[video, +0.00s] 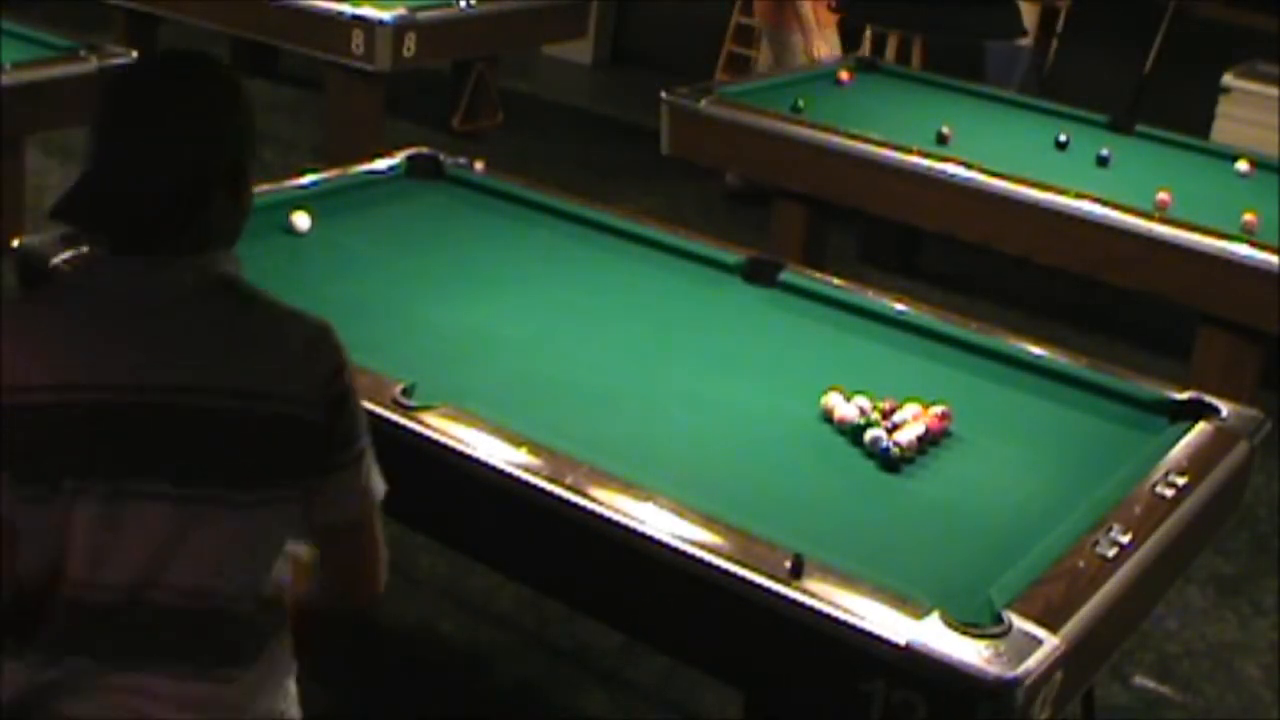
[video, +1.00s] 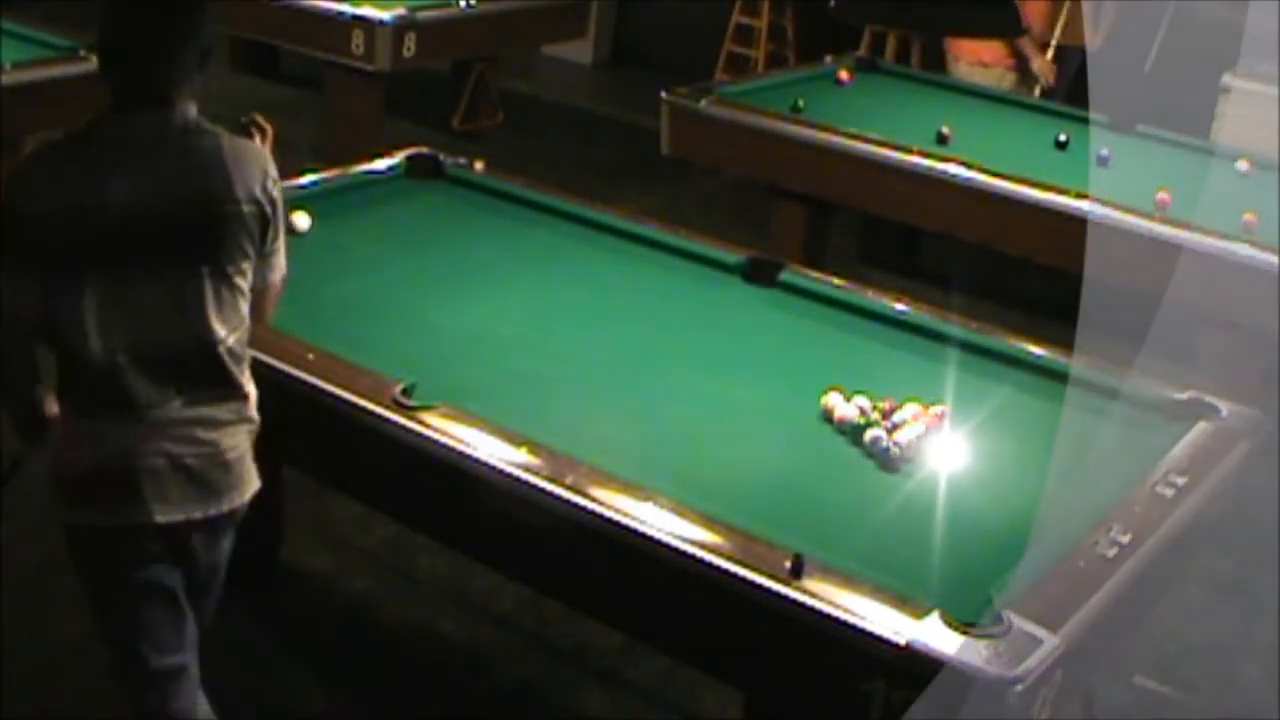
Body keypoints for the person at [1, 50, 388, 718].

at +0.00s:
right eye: (246, 168)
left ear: (100, 171)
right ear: (238, 184)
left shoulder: (24, 330)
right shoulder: (300, 353)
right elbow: (359, 581)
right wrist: (256, 574)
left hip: (42, 689)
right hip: (234, 698)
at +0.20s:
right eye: (274, 162)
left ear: (141, 171)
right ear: (264, 173)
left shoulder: (54, 316)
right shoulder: (330, 323)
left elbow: (18, 529)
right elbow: (372, 507)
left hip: (100, 681)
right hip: (268, 690)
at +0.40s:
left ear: (133, 152)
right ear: (243, 150)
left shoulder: (65, 290)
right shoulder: (306, 280)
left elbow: (45, 486)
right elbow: (352, 428)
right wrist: (339, 278)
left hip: (126, 638)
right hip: (279, 646)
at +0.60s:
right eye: (220, 84)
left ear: (108, 104)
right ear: (222, 100)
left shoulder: (48, 251)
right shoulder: (283, 224)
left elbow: (37, 442)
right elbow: (330, 360)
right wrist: (332, 242)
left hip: (135, 590)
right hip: (277, 588)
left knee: (165, 706)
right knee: (307, 702)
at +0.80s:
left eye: (107, 59)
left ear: (111, 72)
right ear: (213, 73)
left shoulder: (52, 200)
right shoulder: (264, 185)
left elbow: (24, 377)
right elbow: (298, 321)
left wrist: (73, 468)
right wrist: (300, 196)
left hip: (124, 515)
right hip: (248, 503)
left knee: (166, 681)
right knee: (257, 651)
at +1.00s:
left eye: (110, 51)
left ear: (106, 60)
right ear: (203, 62)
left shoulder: (49, 174)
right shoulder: (245, 169)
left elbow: (20, 327)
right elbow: (261, 307)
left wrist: (43, 418)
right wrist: (258, 171)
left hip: (103, 472)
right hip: (218, 470)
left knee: (165, 680)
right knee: (181, 667)